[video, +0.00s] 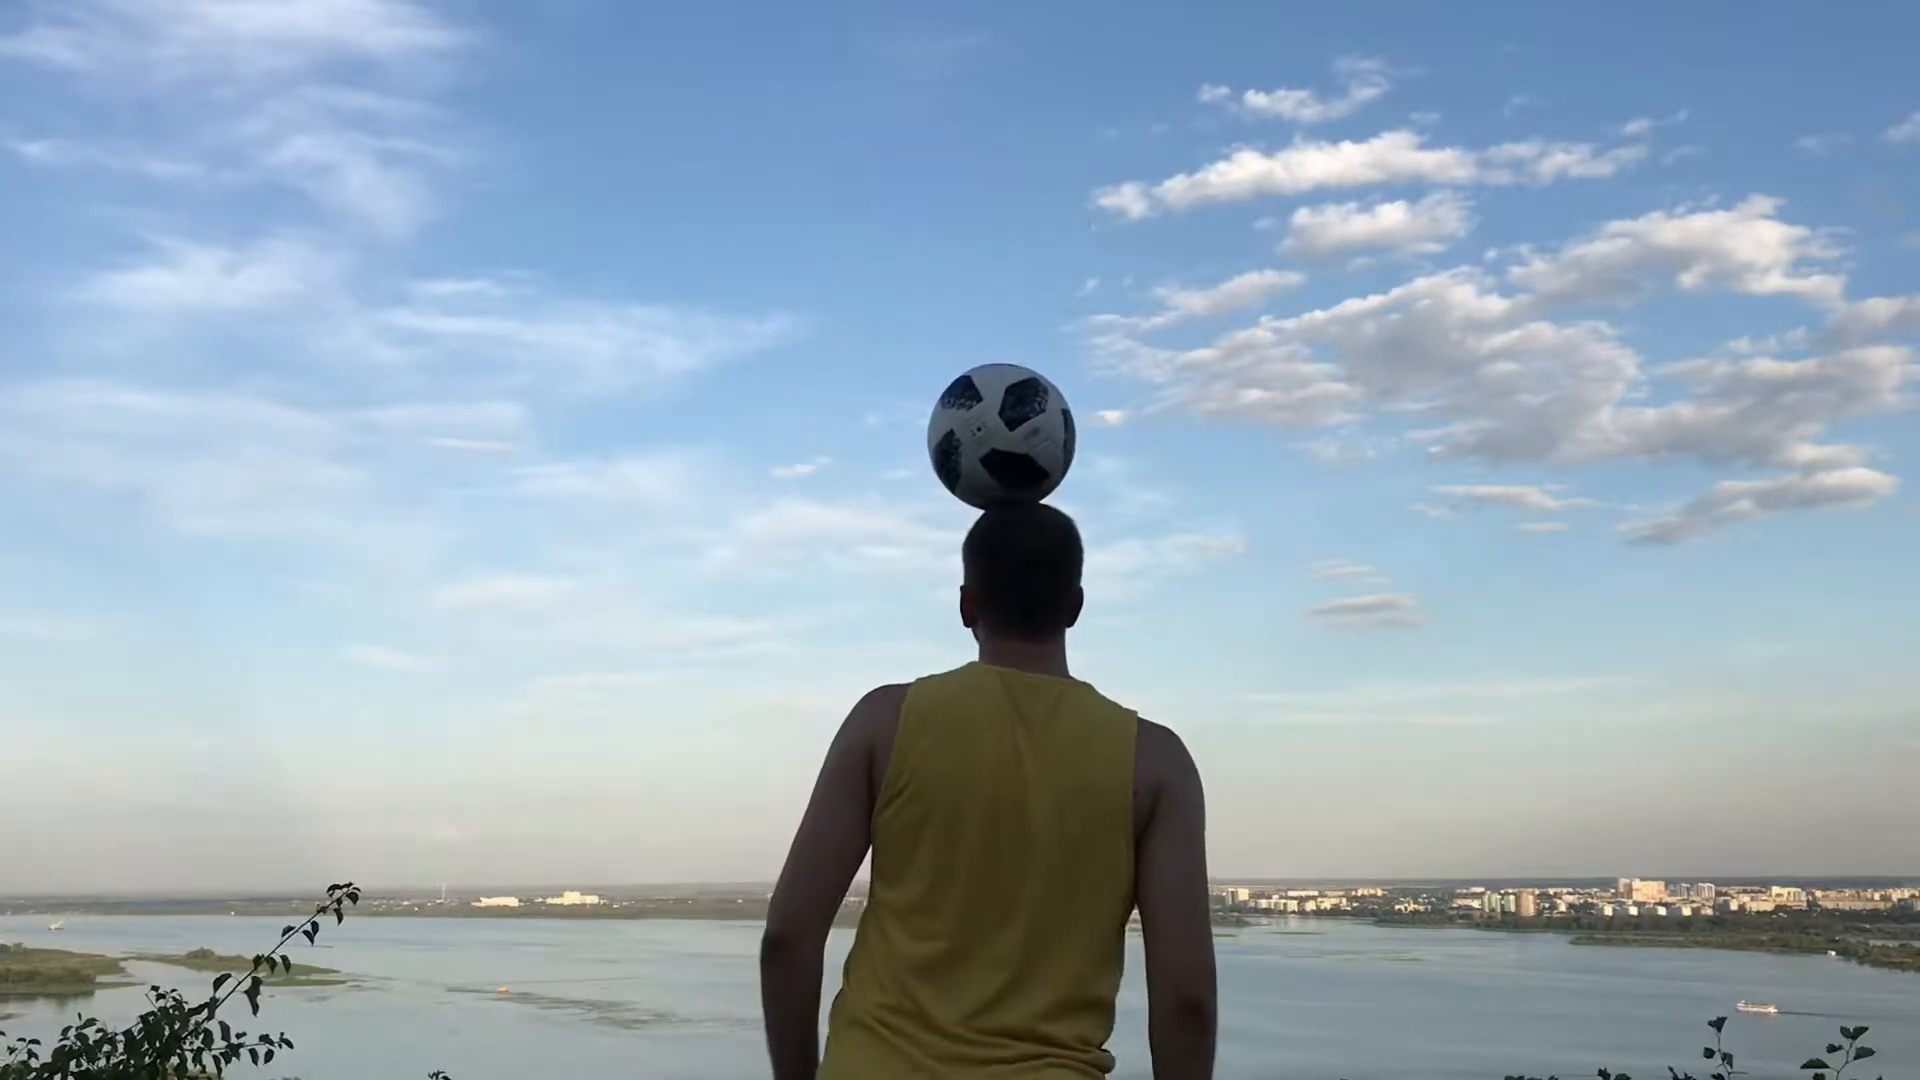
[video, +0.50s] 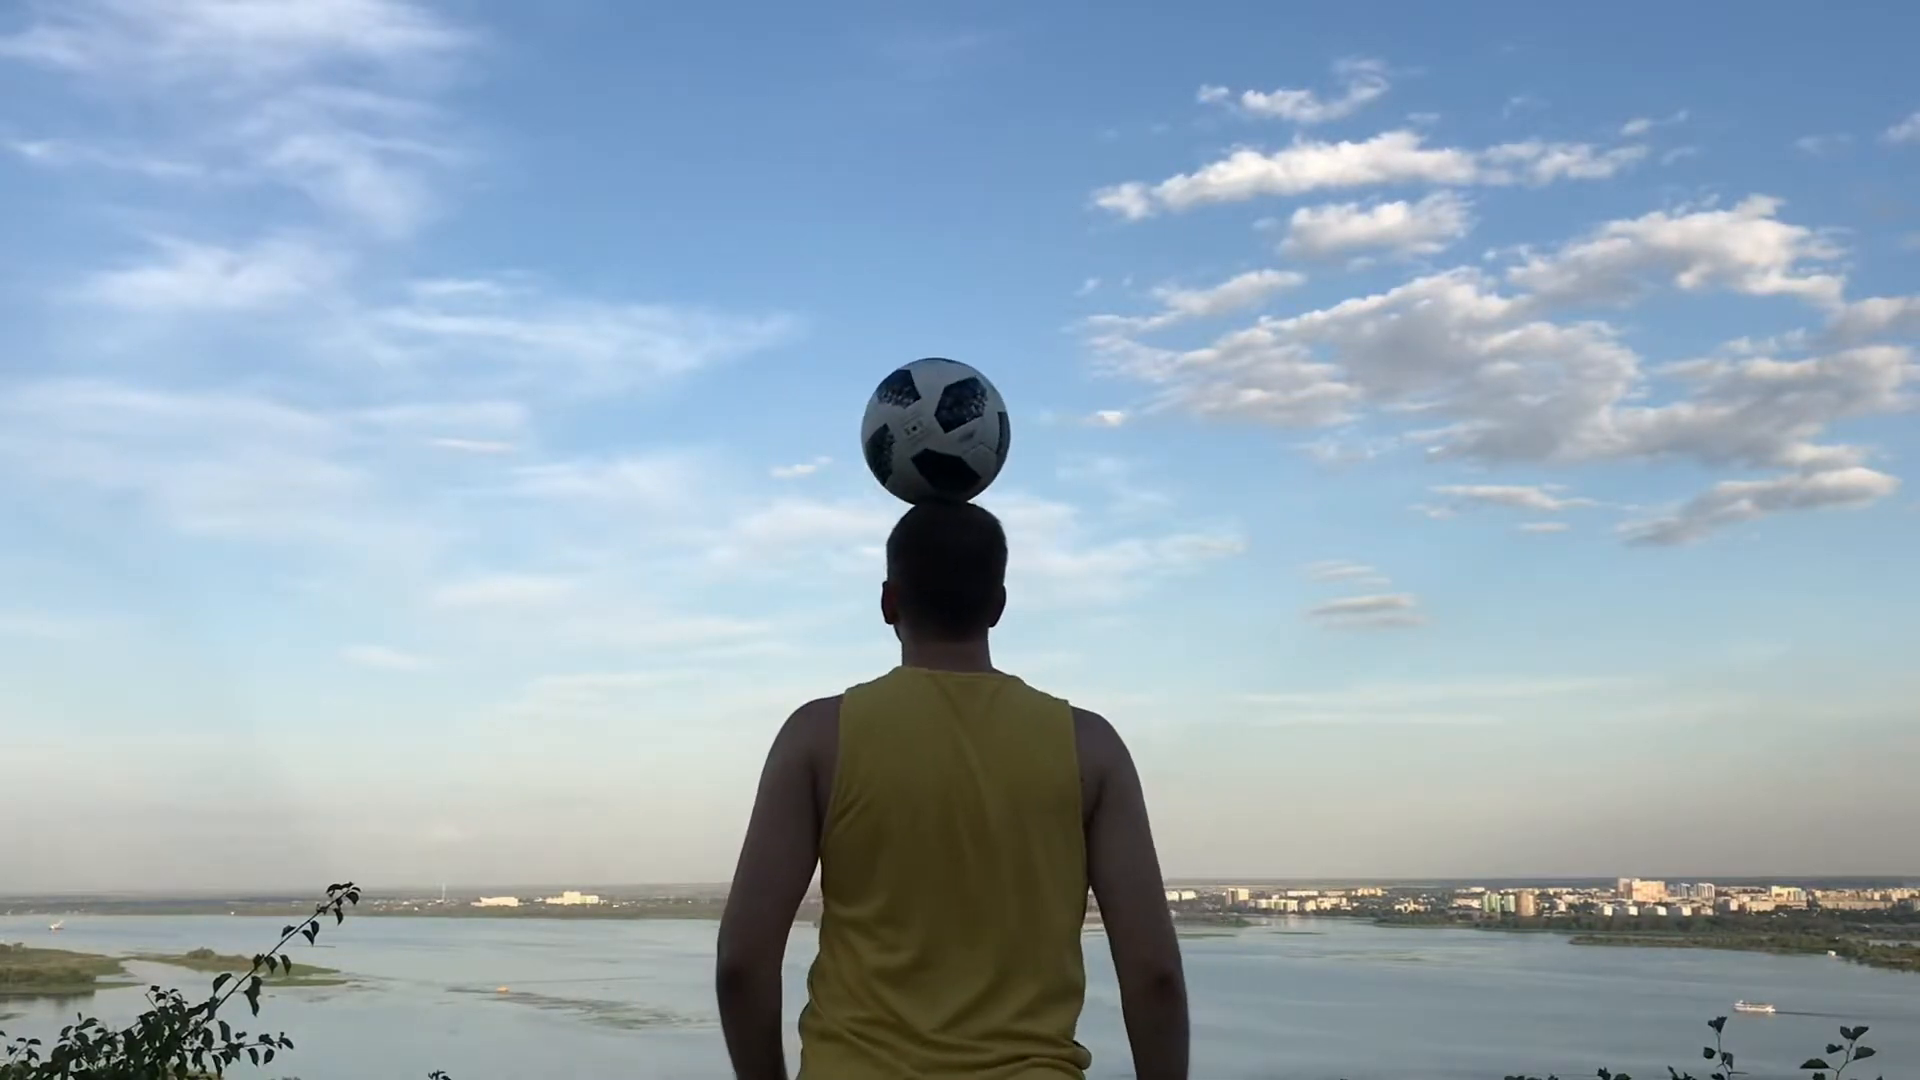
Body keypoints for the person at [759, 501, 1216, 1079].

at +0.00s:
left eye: (961, 592)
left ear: (965, 605)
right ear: (1077, 604)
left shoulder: (885, 719)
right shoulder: (1153, 756)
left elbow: (788, 937)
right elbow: (1186, 1000)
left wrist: (797, 1072)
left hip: (880, 1056)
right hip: (1058, 1062)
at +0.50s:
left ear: (888, 600)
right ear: (999, 603)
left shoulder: (819, 734)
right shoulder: (1088, 742)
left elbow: (743, 963)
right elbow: (1155, 975)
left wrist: (765, 1074)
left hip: (856, 1061)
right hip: (1034, 1063)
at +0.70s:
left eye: (801, 577)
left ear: (800, 591)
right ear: (915, 598)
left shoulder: (729, 736)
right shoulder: (1002, 734)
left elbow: (672, 981)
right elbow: (1086, 958)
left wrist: (698, 1075)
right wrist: (1107, 1074)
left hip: (796, 1060)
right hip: (974, 1061)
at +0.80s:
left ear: (774, 585)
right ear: (889, 592)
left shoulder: (701, 732)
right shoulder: (974, 732)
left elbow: (639, 970)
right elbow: (1053, 956)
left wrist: (665, 1073)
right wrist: (1076, 1070)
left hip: (772, 1057)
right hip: (944, 1057)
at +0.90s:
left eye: (750, 564)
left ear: (743, 584)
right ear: (860, 590)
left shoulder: (674, 733)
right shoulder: (945, 730)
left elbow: (610, 960)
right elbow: (1021, 932)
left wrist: (635, 1072)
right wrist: (1049, 1067)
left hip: (744, 1058)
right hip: (918, 1059)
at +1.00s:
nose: (749, 586)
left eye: (708, 563)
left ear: (700, 586)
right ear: (815, 586)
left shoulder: (636, 739)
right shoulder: (904, 723)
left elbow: (580, 955)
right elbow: (987, 912)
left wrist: (580, 1059)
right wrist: (1016, 1044)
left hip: (716, 1051)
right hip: (883, 1050)